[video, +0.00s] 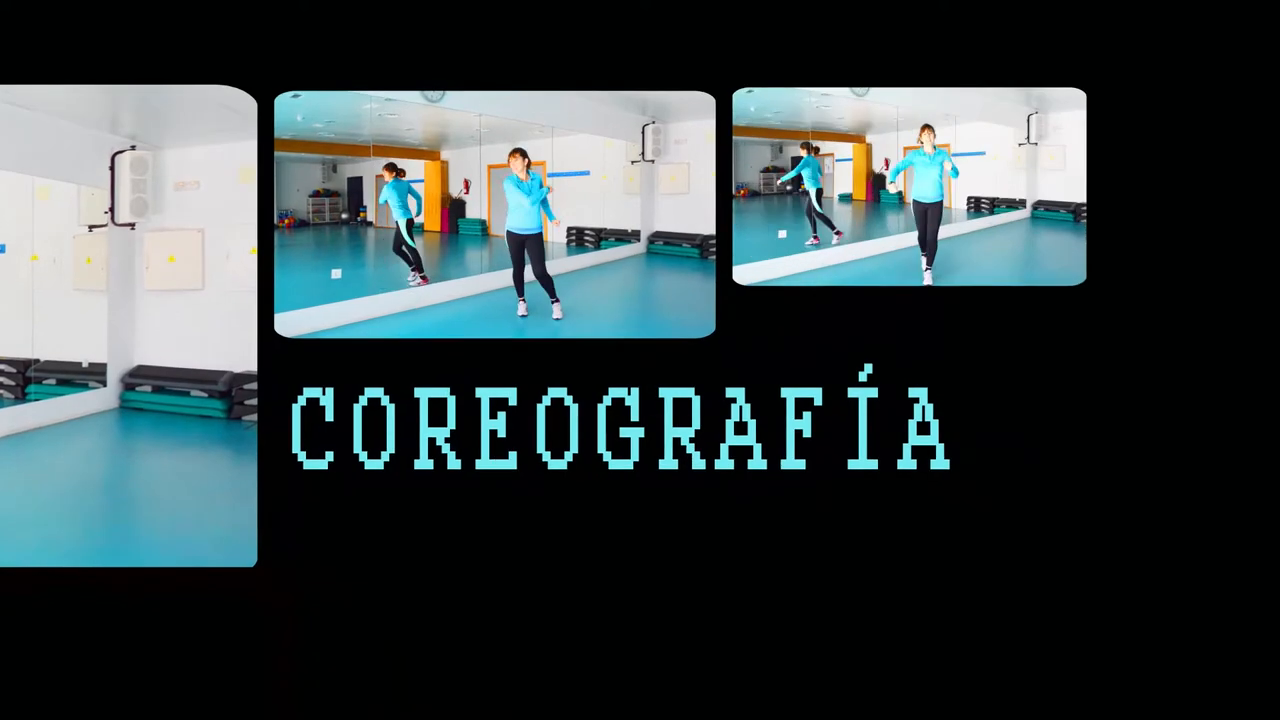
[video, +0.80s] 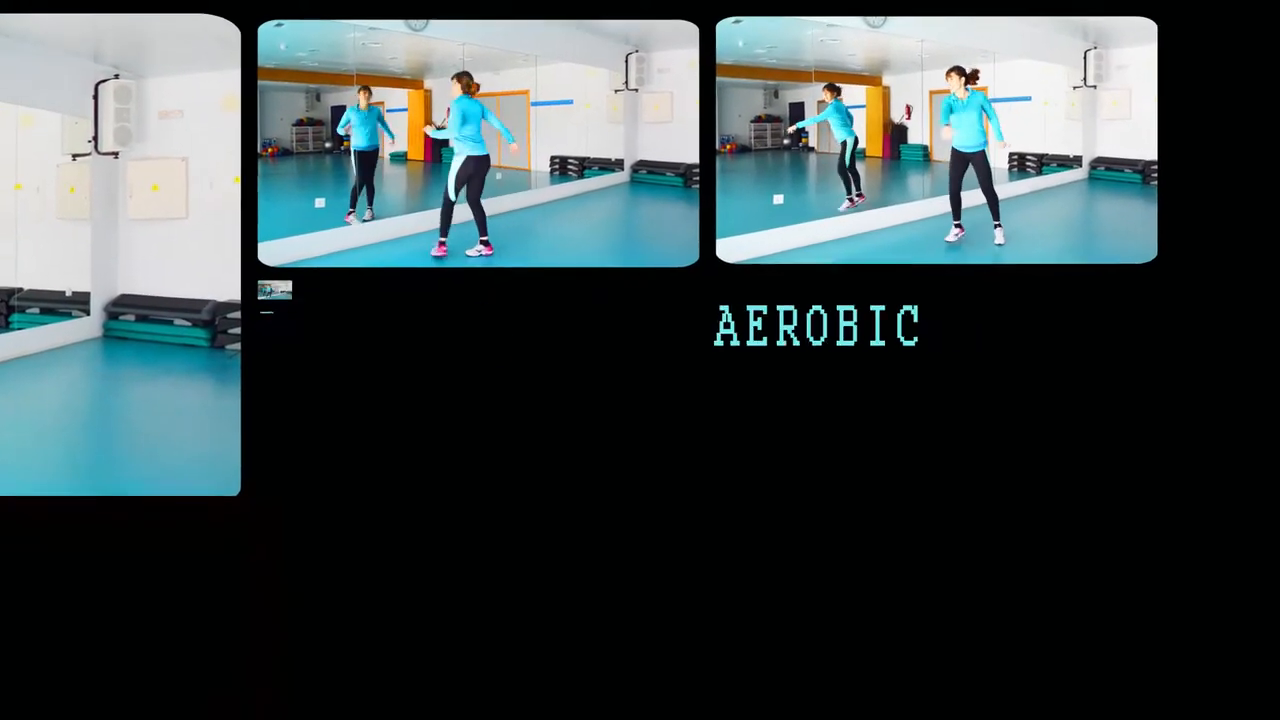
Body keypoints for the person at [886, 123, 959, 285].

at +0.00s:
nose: (928, 136)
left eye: (930, 133)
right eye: (925, 133)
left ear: (934, 136)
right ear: (921, 137)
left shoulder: (942, 154)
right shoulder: (914, 155)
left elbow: (955, 174)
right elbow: (897, 167)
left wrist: (951, 169)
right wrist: (891, 181)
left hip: (936, 200)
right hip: (918, 200)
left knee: (932, 236)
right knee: (922, 233)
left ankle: (928, 269)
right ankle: (923, 255)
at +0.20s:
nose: (940, 143)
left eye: (942, 140)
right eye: (937, 140)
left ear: (947, 142)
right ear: (933, 144)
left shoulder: (955, 161)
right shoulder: (927, 162)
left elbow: (959, 178)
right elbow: (912, 178)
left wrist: (960, 185)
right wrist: (909, 190)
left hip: (950, 208)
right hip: (932, 208)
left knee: (948, 245)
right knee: (939, 243)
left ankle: (941, 281)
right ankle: (944, 269)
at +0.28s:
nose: (944, 133)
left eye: (946, 130)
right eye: (940, 130)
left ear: (951, 132)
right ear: (936, 134)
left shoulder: (958, 152)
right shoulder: (930, 154)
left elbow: (962, 171)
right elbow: (920, 177)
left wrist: (964, 183)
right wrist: (934, 189)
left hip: (955, 200)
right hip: (936, 202)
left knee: (954, 238)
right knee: (941, 237)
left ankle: (951, 277)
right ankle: (944, 264)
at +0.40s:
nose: (947, 120)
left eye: (949, 117)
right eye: (943, 118)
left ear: (954, 119)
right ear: (939, 121)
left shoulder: (963, 138)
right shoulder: (935, 141)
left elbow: (968, 161)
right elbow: (938, 170)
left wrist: (972, 177)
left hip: (959, 188)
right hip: (940, 189)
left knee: (961, 227)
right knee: (944, 228)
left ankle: (966, 265)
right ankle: (947, 262)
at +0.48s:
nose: (949, 115)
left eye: (951, 112)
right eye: (945, 113)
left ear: (956, 114)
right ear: (941, 117)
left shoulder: (965, 134)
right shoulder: (938, 137)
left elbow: (970, 156)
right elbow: (951, 160)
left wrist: (978, 173)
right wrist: (970, 152)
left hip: (962, 185)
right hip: (943, 186)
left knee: (966, 223)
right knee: (947, 223)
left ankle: (977, 257)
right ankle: (950, 257)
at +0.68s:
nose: (944, 96)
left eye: (947, 92)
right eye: (943, 93)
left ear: (958, 93)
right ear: (947, 95)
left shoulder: (973, 109)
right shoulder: (944, 113)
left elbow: (980, 132)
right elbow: (955, 132)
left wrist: (987, 153)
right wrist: (985, 130)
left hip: (971, 162)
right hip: (951, 163)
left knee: (979, 202)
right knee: (954, 202)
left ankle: (991, 238)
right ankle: (955, 236)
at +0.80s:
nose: (948, 82)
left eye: (951, 78)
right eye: (948, 79)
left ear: (962, 79)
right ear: (950, 81)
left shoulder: (979, 97)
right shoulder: (948, 100)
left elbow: (993, 117)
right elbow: (944, 117)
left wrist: (999, 137)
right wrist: (946, 127)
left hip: (978, 150)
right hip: (958, 150)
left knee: (987, 188)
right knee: (953, 189)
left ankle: (997, 226)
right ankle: (957, 226)